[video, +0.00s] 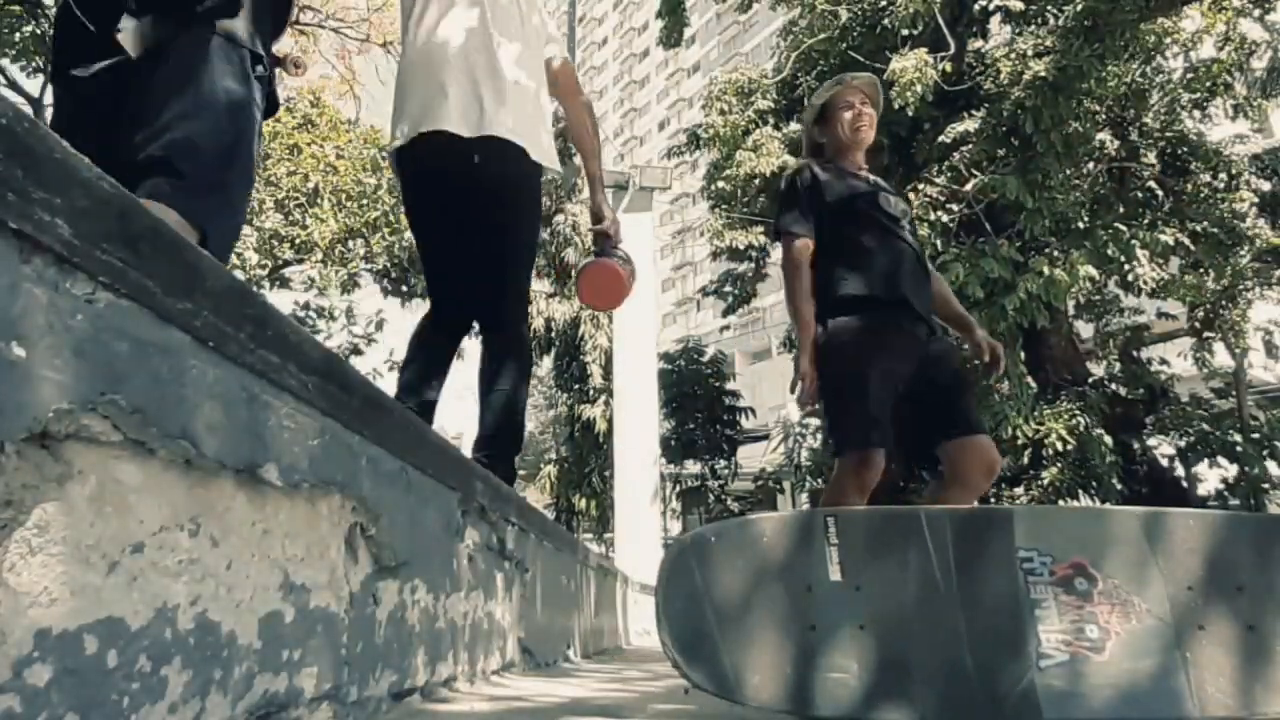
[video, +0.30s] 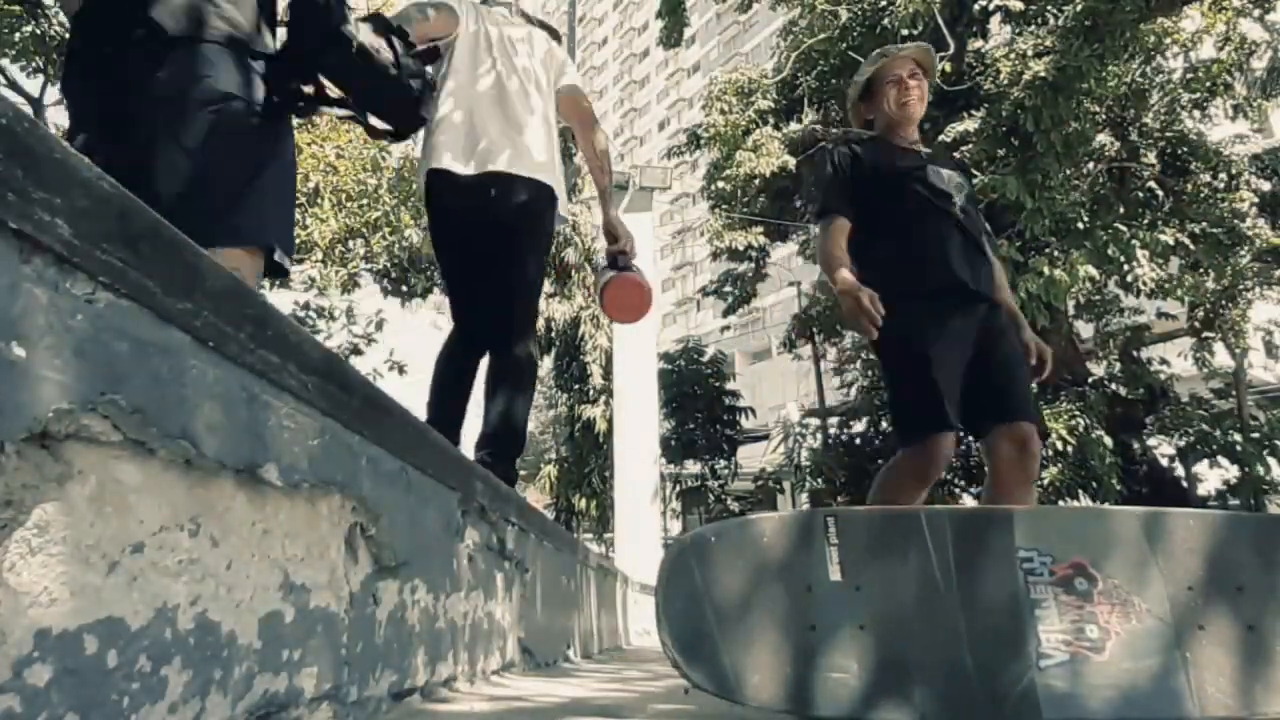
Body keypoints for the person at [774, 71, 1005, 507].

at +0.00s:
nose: (860, 113)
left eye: (867, 106)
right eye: (846, 107)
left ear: (876, 122)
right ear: (823, 126)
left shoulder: (888, 194)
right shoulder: (809, 178)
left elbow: (918, 272)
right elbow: (796, 262)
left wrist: (971, 330)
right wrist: (805, 350)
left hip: (917, 336)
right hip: (853, 337)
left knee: (976, 462)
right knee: (862, 467)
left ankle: (922, 566)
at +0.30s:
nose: (909, 83)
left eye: (916, 76)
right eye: (893, 80)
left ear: (928, 97)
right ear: (869, 106)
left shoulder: (952, 174)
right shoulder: (849, 157)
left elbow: (986, 260)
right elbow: (832, 235)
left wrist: (1021, 328)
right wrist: (845, 283)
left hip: (986, 315)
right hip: (915, 318)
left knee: (1019, 445)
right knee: (927, 454)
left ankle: (994, 569)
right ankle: (861, 563)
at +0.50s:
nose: (922, 59)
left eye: (932, 48)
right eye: (908, 56)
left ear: (954, 63)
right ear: (892, 82)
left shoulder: (991, 136)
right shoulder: (872, 140)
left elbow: (1020, 227)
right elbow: (850, 229)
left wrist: (1050, 314)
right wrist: (859, 272)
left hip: (1000, 288)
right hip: (923, 284)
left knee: (1006, 439)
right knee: (962, 387)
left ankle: (996, 572)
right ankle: (954, 558)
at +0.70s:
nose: (919, 37)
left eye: (931, 24)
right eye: (905, 32)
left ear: (961, 34)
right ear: (894, 54)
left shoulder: (1007, 112)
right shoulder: (878, 122)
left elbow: (1047, 204)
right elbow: (855, 225)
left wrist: (1094, 288)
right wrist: (838, 310)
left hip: (1020, 289)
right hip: (932, 289)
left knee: (1020, 442)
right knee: (979, 412)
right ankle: (1039, 555)